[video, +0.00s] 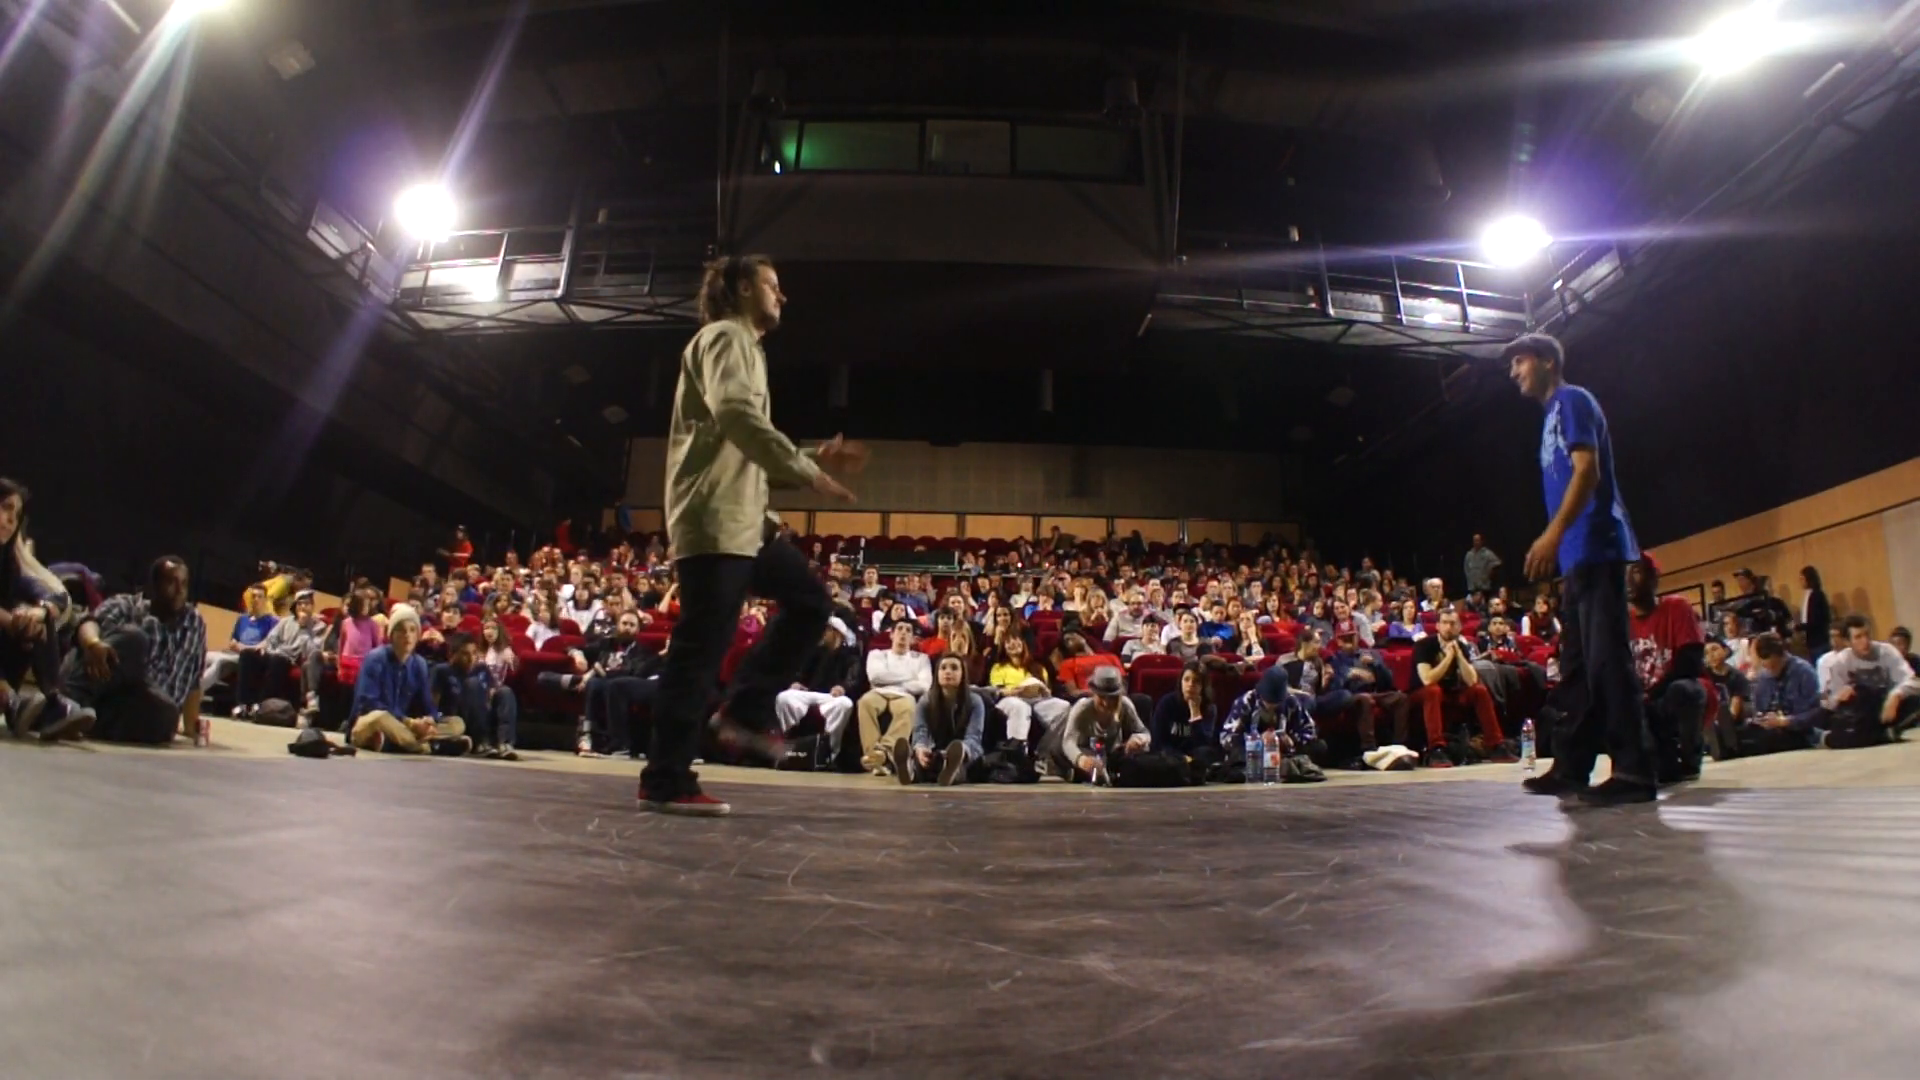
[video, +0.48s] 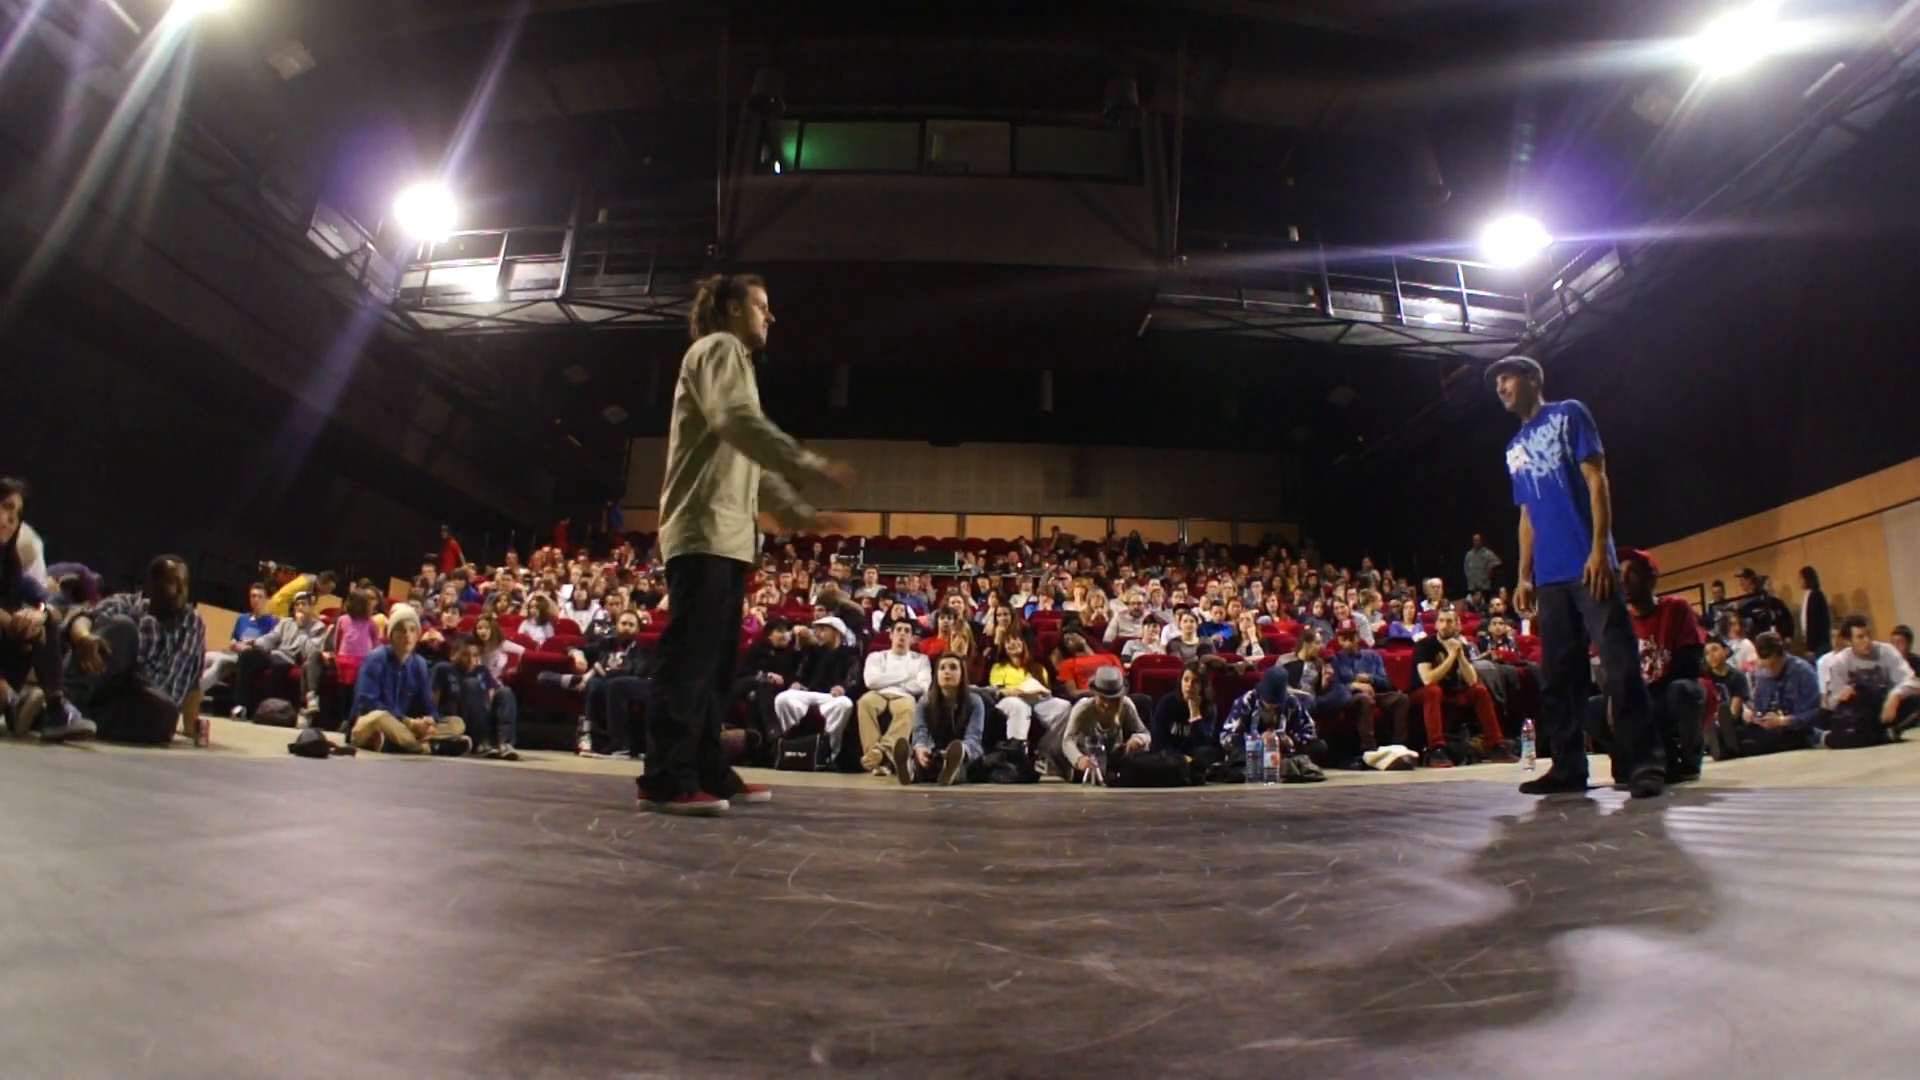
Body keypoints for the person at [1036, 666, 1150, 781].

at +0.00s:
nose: (1106, 703)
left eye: (1112, 698)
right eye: (1102, 697)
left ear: (1120, 694)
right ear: (1093, 692)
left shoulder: (1125, 705)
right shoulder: (1082, 707)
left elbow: (1144, 733)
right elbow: (1068, 742)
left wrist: (1137, 740)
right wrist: (1080, 759)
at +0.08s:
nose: (1106, 703)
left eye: (1112, 698)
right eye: (1102, 697)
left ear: (1120, 695)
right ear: (1094, 693)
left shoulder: (1125, 705)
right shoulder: (1082, 707)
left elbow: (1144, 733)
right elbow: (1067, 742)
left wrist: (1137, 740)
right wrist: (1081, 760)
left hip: (1111, 755)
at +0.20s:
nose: (1107, 704)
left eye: (1113, 699)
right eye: (1103, 698)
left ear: (1121, 695)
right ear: (1095, 693)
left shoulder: (1126, 705)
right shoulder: (1082, 708)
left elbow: (1143, 733)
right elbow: (1068, 741)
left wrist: (1137, 740)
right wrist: (1080, 760)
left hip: (1113, 757)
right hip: (1085, 758)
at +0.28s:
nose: (1108, 704)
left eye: (1113, 699)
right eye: (1103, 698)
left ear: (1121, 695)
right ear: (1095, 693)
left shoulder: (1126, 705)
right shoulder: (1082, 707)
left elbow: (1144, 733)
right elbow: (1067, 741)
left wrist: (1138, 740)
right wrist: (1080, 760)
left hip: (1114, 758)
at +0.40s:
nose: (1108, 704)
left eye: (1114, 699)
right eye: (1103, 698)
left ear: (1121, 695)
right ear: (1095, 693)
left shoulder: (1127, 705)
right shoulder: (1083, 706)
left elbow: (1144, 733)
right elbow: (1068, 741)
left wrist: (1137, 740)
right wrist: (1079, 760)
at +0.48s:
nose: (1107, 704)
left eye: (1113, 699)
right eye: (1103, 698)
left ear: (1121, 695)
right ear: (1095, 693)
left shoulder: (1126, 705)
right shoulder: (1083, 707)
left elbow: (1144, 734)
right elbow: (1068, 741)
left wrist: (1137, 740)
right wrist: (1079, 760)